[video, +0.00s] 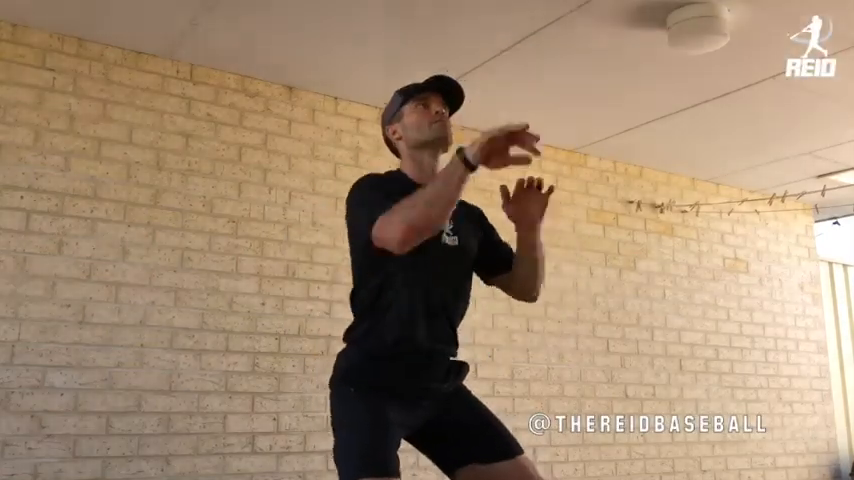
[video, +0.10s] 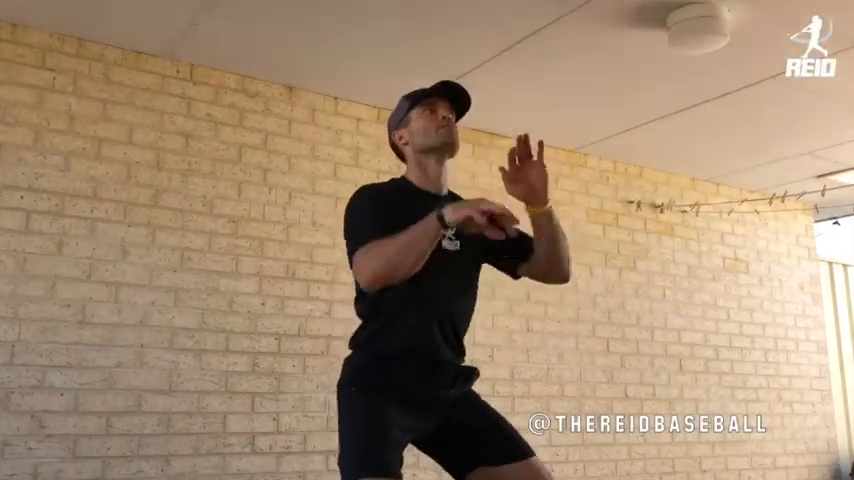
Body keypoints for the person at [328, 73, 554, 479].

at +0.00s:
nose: (438, 110)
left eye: (443, 107)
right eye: (421, 105)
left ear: (451, 128)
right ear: (394, 132)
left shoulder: (468, 217)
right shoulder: (372, 190)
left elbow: (526, 288)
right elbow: (397, 234)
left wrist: (528, 229)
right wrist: (468, 158)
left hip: (437, 384)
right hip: (368, 381)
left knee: (518, 473)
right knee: (371, 471)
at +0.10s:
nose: (446, 115)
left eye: (450, 112)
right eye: (429, 110)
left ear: (458, 136)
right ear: (401, 138)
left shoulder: (470, 215)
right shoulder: (372, 200)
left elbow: (555, 270)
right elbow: (371, 272)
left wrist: (539, 207)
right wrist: (446, 218)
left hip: (445, 388)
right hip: (377, 385)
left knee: (530, 474)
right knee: (371, 472)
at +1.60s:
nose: (520, 160)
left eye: (524, 157)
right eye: (504, 154)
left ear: (531, 179)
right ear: (475, 179)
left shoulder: (550, 249)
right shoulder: (437, 241)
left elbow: (648, 267)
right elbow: (386, 319)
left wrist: (668, 206)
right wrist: (460, 309)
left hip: (489, 415)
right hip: (419, 403)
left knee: (570, 475)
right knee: (394, 475)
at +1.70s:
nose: (528, 161)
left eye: (530, 156)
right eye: (510, 155)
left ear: (537, 176)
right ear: (481, 180)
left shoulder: (545, 259)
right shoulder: (450, 231)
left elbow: (621, 325)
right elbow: (414, 286)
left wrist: (656, 301)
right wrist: (514, 274)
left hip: (488, 413)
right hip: (420, 401)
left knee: (571, 475)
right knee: (401, 474)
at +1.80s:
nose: (537, 172)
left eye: (540, 166)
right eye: (519, 164)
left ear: (546, 183)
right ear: (489, 186)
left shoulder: (546, 277)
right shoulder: (464, 226)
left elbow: (575, 350)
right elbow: (463, 233)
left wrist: (629, 352)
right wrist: (562, 220)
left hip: (486, 419)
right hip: (419, 407)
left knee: (570, 475)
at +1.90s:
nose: (538, 187)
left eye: (547, 178)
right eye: (524, 174)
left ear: (553, 191)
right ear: (492, 186)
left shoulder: (529, 273)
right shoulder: (477, 235)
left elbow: (538, 353)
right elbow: (525, 191)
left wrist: (599, 366)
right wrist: (626, 147)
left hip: (481, 422)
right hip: (417, 416)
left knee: (569, 475)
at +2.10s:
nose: (516, 163)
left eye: (519, 158)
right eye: (499, 157)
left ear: (526, 174)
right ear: (470, 182)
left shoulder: (519, 271)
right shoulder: (456, 223)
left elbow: (551, 349)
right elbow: (504, 226)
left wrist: (582, 314)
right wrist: (597, 184)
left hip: (476, 416)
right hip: (415, 410)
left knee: (568, 475)